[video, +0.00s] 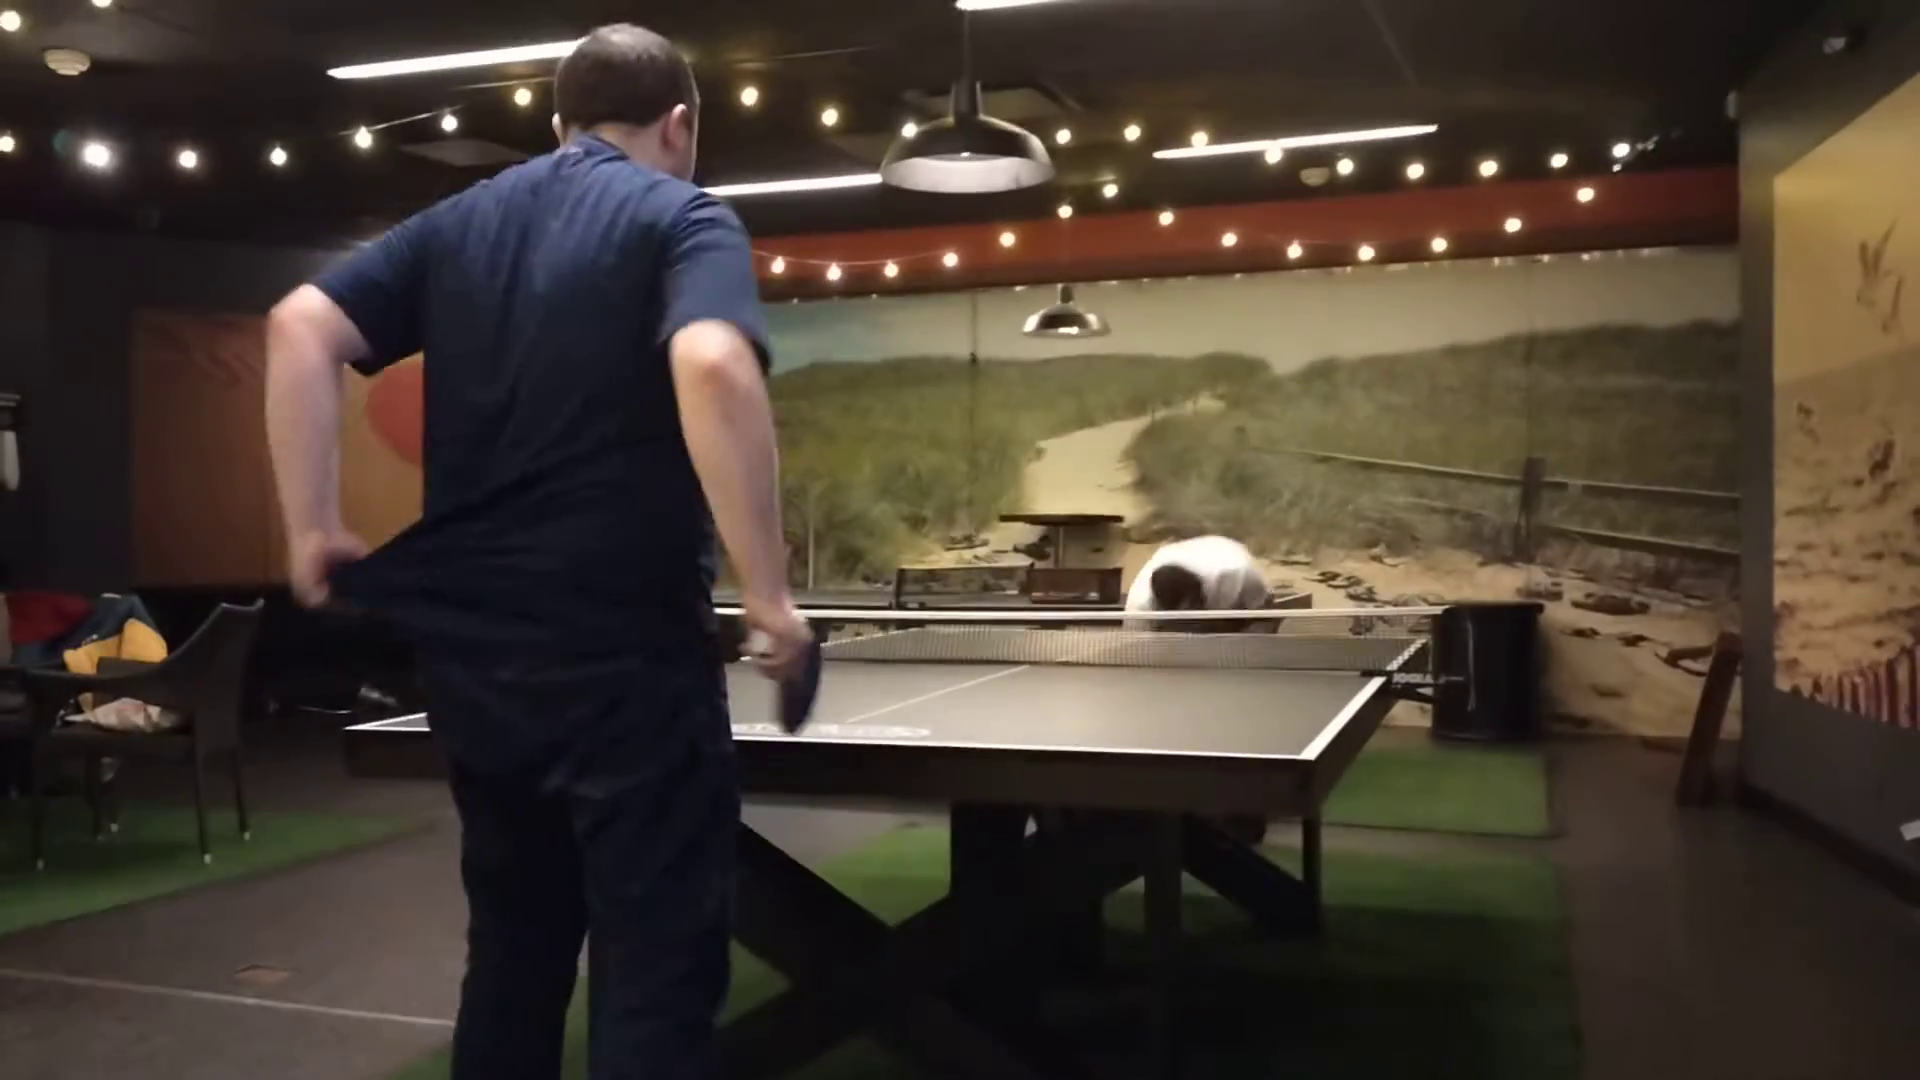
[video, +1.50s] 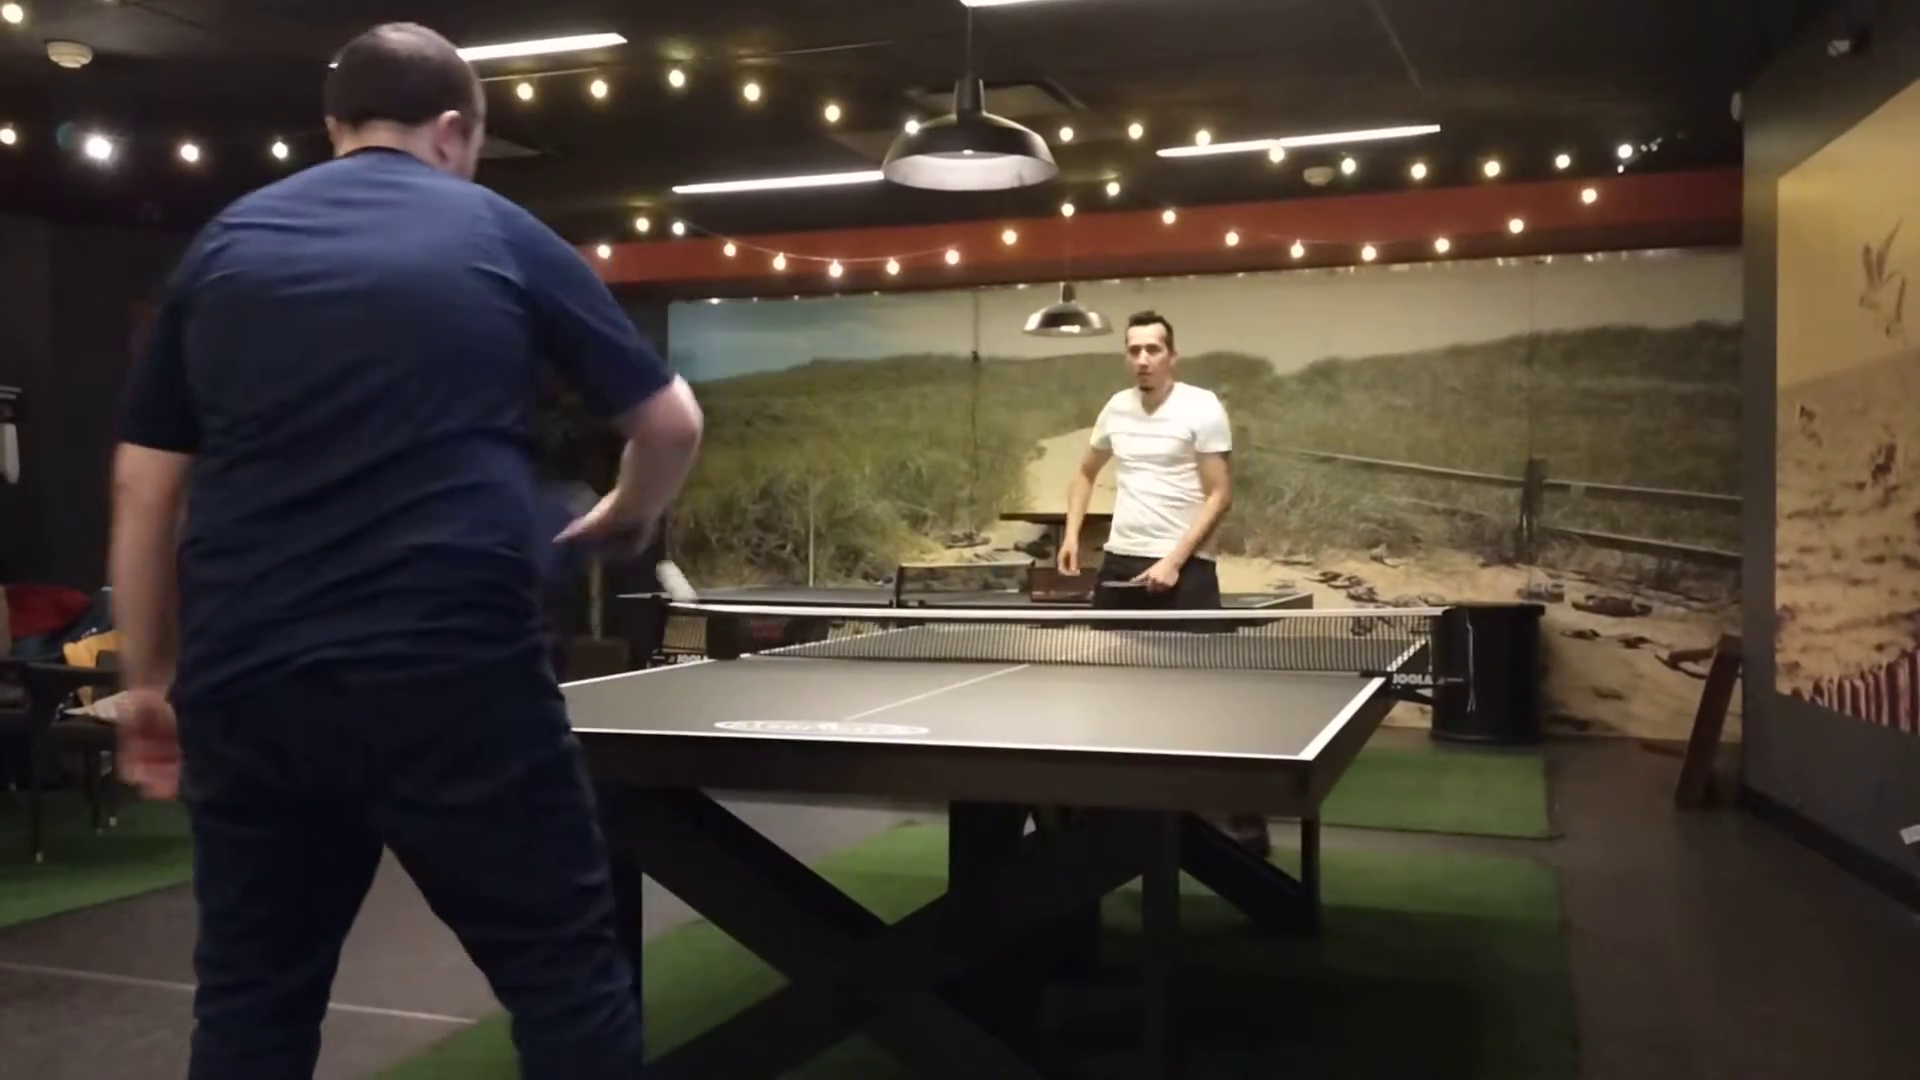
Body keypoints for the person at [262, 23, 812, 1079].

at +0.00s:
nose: (693, 155)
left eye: (692, 139)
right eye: (694, 136)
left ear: (562, 124)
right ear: (675, 126)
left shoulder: (462, 219)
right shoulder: (682, 216)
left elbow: (304, 324)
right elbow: (712, 359)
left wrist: (312, 528)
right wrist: (770, 598)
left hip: (473, 649)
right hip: (626, 656)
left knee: (513, 952)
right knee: (661, 977)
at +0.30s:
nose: (674, 160)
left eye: (667, 143)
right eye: (675, 141)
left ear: (544, 137)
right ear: (658, 133)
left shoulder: (457, 249)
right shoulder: (673, 235)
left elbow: (428, 435)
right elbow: (737, 459)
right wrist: (823, 532)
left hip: (444, 656)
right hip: (604, 655)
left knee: (493, 954)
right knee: (708, 932)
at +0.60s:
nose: (743, 155)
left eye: (736, 140)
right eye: (742, 139)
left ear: (608, 143)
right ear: (729, 135)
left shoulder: (522, 234)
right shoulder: (767, 254)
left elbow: (477, 433)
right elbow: (834, 498)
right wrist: (765, 566)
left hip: (483, 666)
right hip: (658, 672)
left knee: (497, 970)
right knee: (683, 985)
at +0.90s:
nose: (760, 175)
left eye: (759, 161)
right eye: (762, 157)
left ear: (625, 142)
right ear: (750, 149)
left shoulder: (517, 242)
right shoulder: (777, 261)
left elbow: (425, 461)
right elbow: (895, 480)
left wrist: (373, 651)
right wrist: (827, 641)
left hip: (461, 679)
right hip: (651, 690)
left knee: (390, 961)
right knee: (665, 1000)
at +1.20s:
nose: (620, 164)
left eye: (618, 149)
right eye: (620, 147)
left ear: (479, 141)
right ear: (599, 142)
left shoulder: (363, 250)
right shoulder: (629, 265)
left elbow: (290, 476)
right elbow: (718, 475)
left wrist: (313, 620)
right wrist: (676, 642)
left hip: (342, 691)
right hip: (537, 706)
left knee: (290, 1004)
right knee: (612, 1006)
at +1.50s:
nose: (475, 161)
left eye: (475, 145)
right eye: (476, 141)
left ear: (334, 127)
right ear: (452, 132)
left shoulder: (226, 238)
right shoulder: (493, 227)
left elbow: (143, 476)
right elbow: (670, 422)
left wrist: (144, 676)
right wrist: (621, 518)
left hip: (252, 691)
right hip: (458, 678)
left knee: (247, 1005)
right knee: (567, 981)